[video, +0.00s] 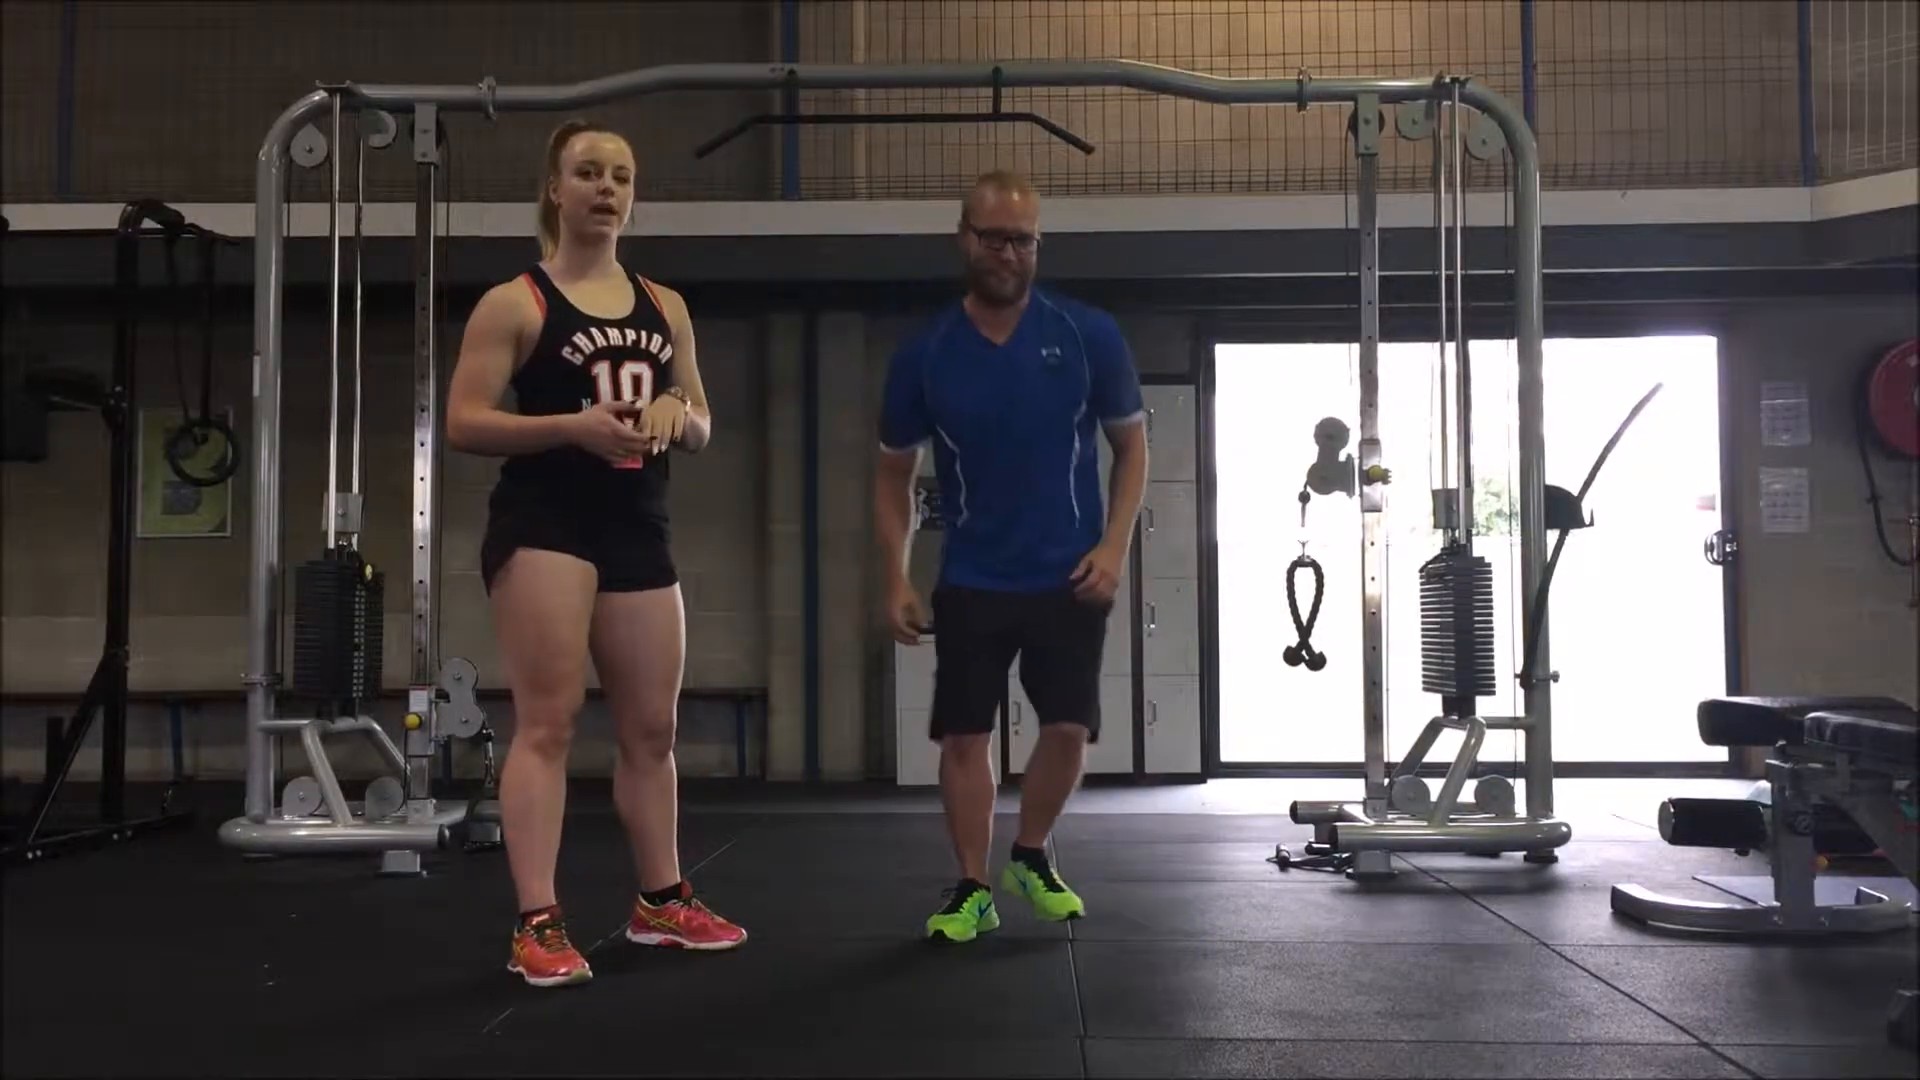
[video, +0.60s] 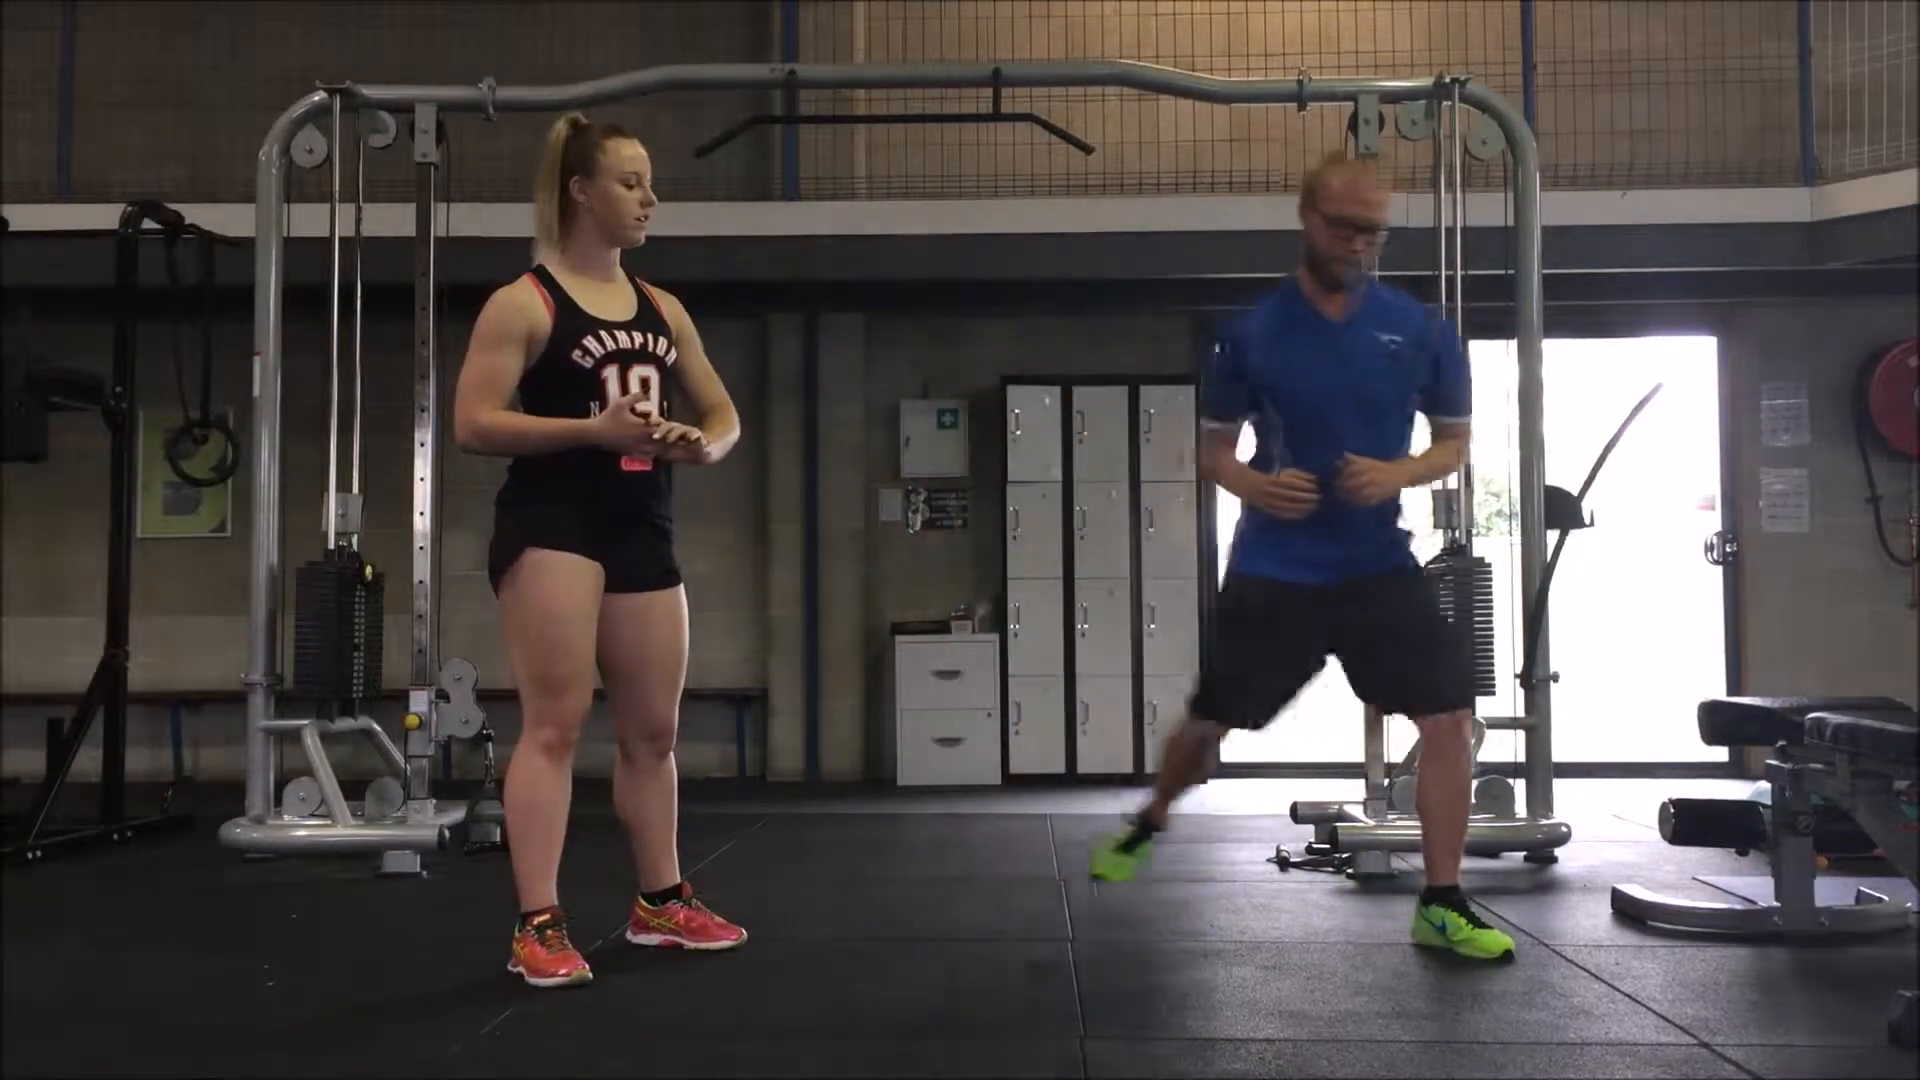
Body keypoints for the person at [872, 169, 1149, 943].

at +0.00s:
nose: (1008, 253)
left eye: (1022, 240)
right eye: (993, 238)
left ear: (1040, 245)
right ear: (963, 241)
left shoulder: (1090, 337)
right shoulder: (925, 354)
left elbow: (1131, 444)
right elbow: (894, 473)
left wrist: (1114, 547)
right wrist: (896, 580)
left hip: (1067, 577)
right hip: (971, 579)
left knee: (1070, 727)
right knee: (962, 734)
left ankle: (1027, 853)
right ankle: (972, 887)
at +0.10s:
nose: (1032, 271)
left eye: (1046, 258)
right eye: (1017, 256)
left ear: (1064, 264)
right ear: (987, 258)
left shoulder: (1110, 357)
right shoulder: (945, 372)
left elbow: (1148, 467)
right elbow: (920, 494)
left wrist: (1123, 552)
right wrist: (942, 591)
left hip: (1091, 590)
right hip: (991, 593)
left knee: (1106, 735)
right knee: (974, 742)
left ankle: (1080, 862)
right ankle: (974, 891)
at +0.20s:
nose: (1076, 265)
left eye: (1090, 253)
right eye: (1061, 249)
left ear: (1107, 260)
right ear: (1030, 251)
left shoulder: (1147, 354)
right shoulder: (985, 365)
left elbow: (1187, 463)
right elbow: (961, 483)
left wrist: (1150, 513)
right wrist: (1001, 552)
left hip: (1125, 583)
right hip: (1025, 584)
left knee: (1179, 720)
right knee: (987, 741)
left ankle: (1180, 864)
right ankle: (976, 890)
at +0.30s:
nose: (1142, 229)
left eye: (1156, 216)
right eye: (1127, 213)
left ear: (1171, 221)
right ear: (1095, 212)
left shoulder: (1210, 316)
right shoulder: (1046, 324)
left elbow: (1247, 429)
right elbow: (1013, 438)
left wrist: (1204, 451)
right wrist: (1064, 486)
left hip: (1181, 554)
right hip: (1075, 557)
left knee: (1260, 685)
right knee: (1018, 716)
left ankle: (1298, 851)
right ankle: (975, 880)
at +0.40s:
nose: (1220, 208)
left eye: (1233, 194)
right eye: (1205, 191)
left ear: (1248, 197)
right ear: (1172, 187)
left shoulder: (1284, 283)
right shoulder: (1115, 290)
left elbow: (1320, 404)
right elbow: (1081, 407)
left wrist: (1269, 418)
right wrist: (1129, 446)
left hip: (1249, 529)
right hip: (1141, 530)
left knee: (1333, 681)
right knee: (1068, 686)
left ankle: (1405, 856)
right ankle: (998, 846)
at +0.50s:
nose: (1294, 221)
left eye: (1308, 208)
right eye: (1279, 205)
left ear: (1325, 209)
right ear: (1245, 201)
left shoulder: (1364, 304)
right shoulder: (1193, 304)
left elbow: (1391, 419)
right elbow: (1148, 424)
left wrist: (1336, 432)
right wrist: (1192, 455)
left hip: (1325, 551)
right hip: (1215, 547)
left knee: (1401, 711)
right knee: (1130, 694)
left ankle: (1441, 891)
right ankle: (1061, 827)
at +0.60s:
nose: (1359, 244)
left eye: (1373, 230)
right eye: (1343, 227)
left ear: (1386, 229)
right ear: (1304, 218)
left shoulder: (1421, 330)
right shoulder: (1253, 334)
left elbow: (1452, 446)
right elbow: (1212, 454)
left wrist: (1399, 474)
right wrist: (1254, 484)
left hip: (1379, 570)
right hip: (1274, 572)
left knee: (1448, 710)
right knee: (1210, 719)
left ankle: (1443, 902)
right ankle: (1148, 823)